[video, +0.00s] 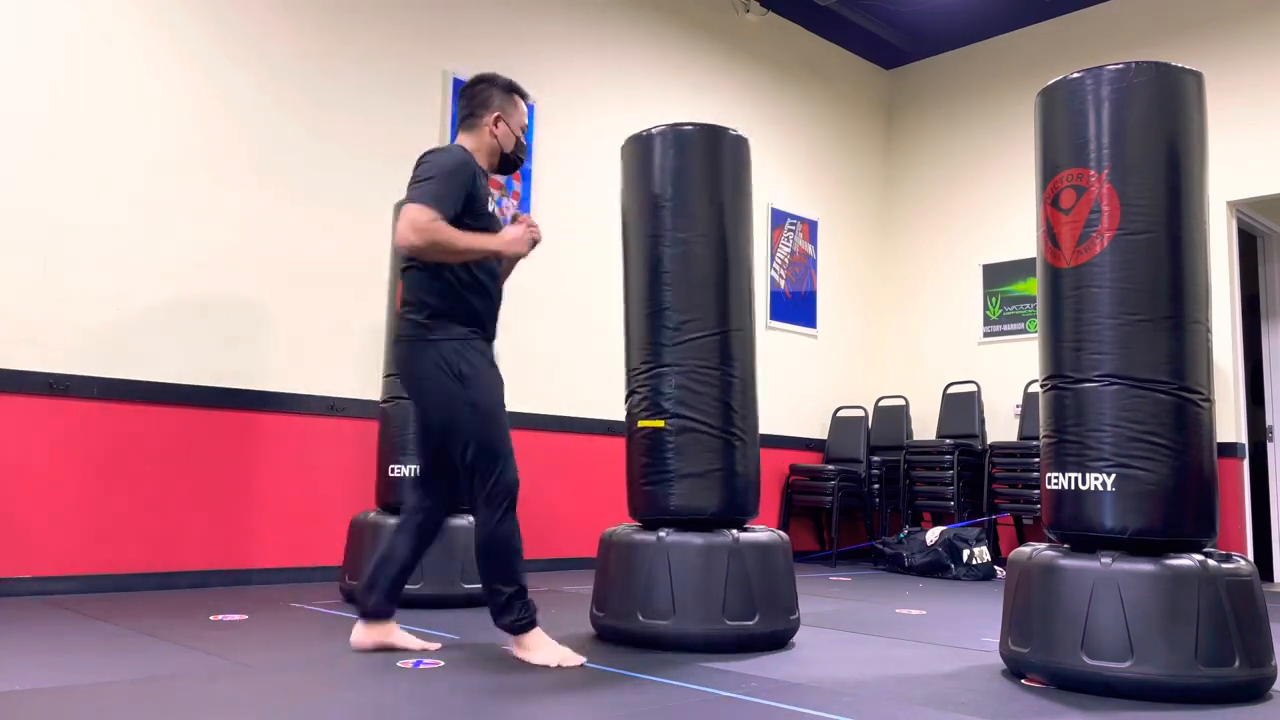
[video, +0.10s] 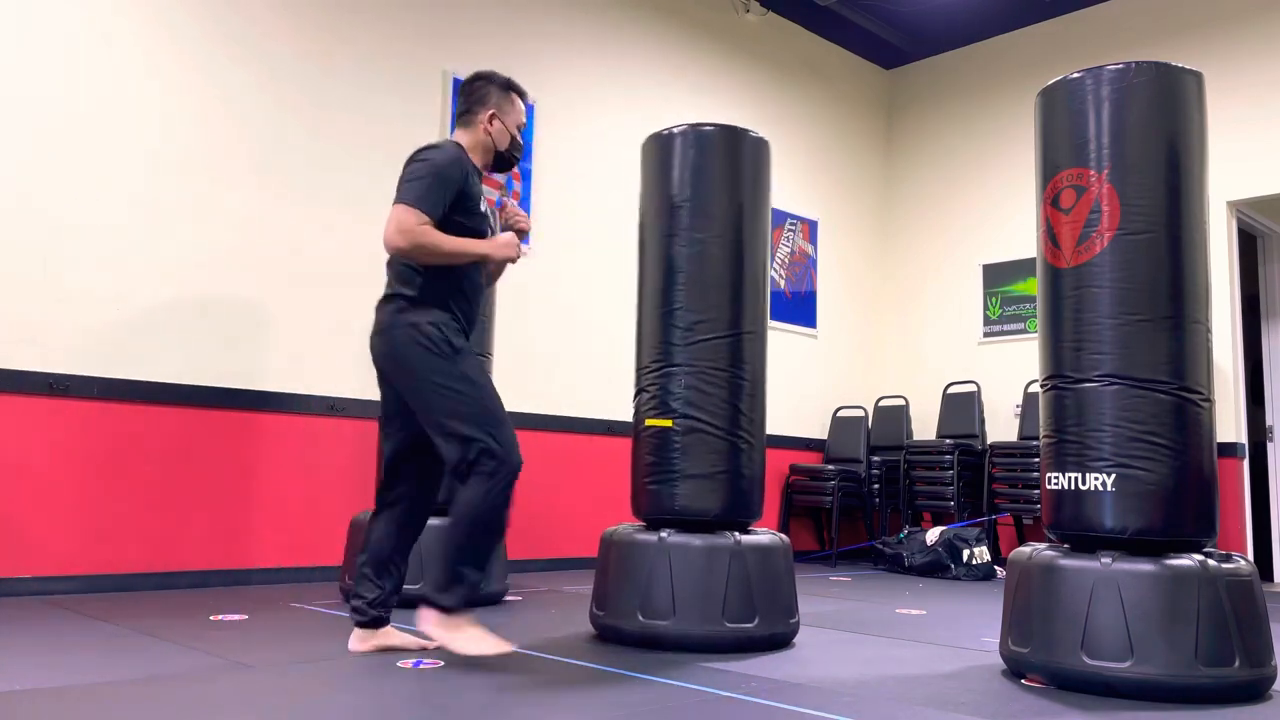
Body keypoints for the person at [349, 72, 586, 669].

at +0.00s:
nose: (522, 140)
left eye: (523, 130)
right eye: (520, 128)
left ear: (483, 123)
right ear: (496, 122)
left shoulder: (474, 183)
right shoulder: (450, 162)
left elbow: (478, 280)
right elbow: (413, 232)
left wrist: (513, 249)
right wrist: (498, 241)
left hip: (447, 348)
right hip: (447, 349)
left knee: (438, 492)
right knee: (496, 485)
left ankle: (375, 620)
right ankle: (522, 631)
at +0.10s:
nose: (519, 140)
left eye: (521, 130)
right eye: (516, 125)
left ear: (483, 122)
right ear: (487, 117)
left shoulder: (470, 183)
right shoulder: (442, 160)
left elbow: (473, 280)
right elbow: (401, 234)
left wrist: (504, 240)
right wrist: (486, 249)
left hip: (420, 333)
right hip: (420, 331)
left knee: (410, 481)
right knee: (494, 457)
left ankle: (370, 622)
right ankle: (446, 611)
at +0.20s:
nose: (510, 133)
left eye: (513, 124)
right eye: (510, 121)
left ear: (473, 111)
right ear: (484, 109)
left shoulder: (456, 162)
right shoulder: (442, 146)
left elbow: (458, 256)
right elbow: (409, 223)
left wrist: (489, 225)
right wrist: (488, 236)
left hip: (410, 325)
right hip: (414, 324)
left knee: (399, 467)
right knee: (455, 468)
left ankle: (372, 619)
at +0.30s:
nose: (505, 136)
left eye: (507, 126)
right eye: (504, 123)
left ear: (469, 115)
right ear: (478, 112)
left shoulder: (450, 167)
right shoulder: (438, 152)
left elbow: (437, 243)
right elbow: (417, 228)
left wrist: (488, 233)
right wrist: (490, 257)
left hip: (428, 336)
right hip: (403, 330)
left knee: (410, 487)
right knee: (385, 485)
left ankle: (370, 626)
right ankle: (291, 639)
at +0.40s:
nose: (503, 136)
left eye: (505, 127)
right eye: (502, 124)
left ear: (464, 115)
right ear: (477, 114)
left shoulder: (450, 176)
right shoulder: (434, 153)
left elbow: (436, 273)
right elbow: (419, 240)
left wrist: (500, 282)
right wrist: (490, 291)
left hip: (424, 349)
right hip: (393, 337)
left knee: (431, 486)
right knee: (350, 487)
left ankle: (377, 618)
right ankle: (282, 651)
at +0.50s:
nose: (506, 132)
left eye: (508, 122)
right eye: (505, 119)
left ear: (466, 111)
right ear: (481, 109)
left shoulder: (457, 174)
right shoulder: (440, 147)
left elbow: (451, 287)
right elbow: (434, 234)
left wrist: (517, 307)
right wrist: (511, 293)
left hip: (432, 346)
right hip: (395, 334)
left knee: (444, 479)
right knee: (351, 484)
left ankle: (401, 609)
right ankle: (286, 645)